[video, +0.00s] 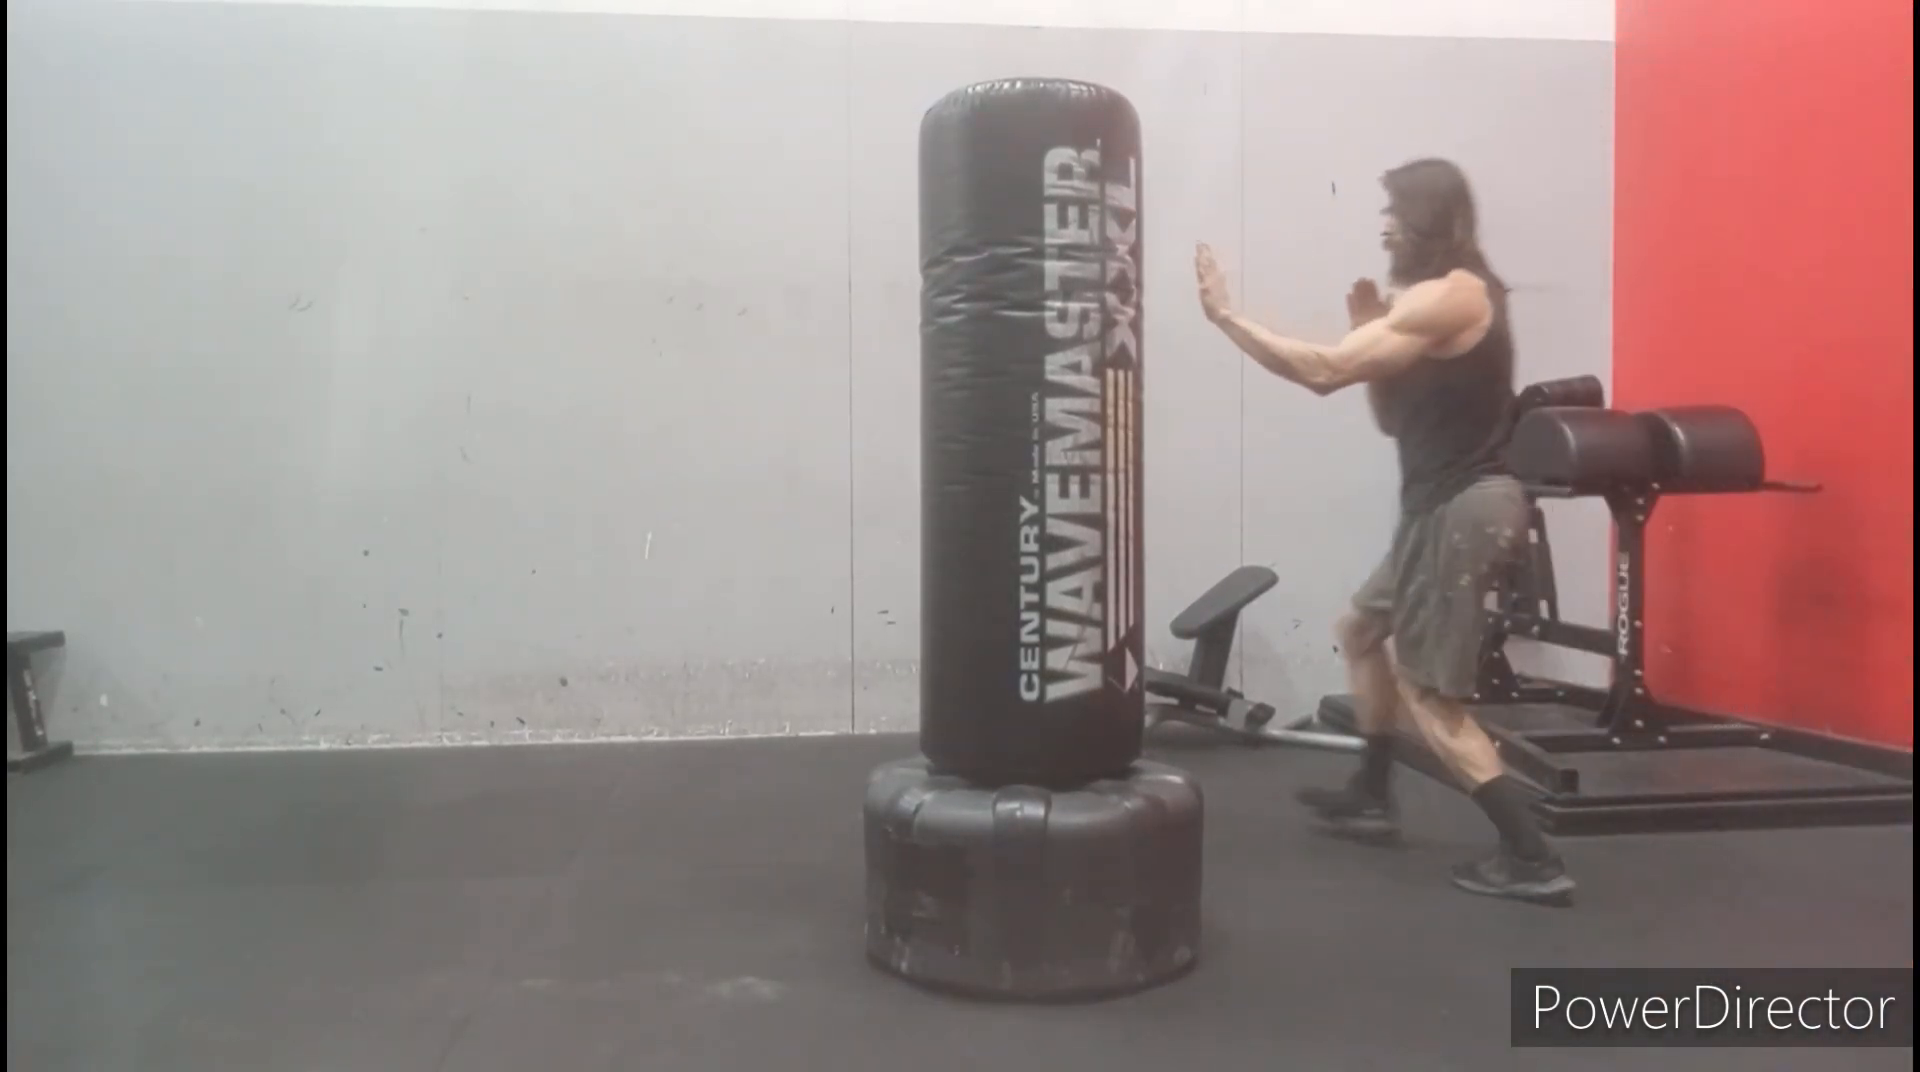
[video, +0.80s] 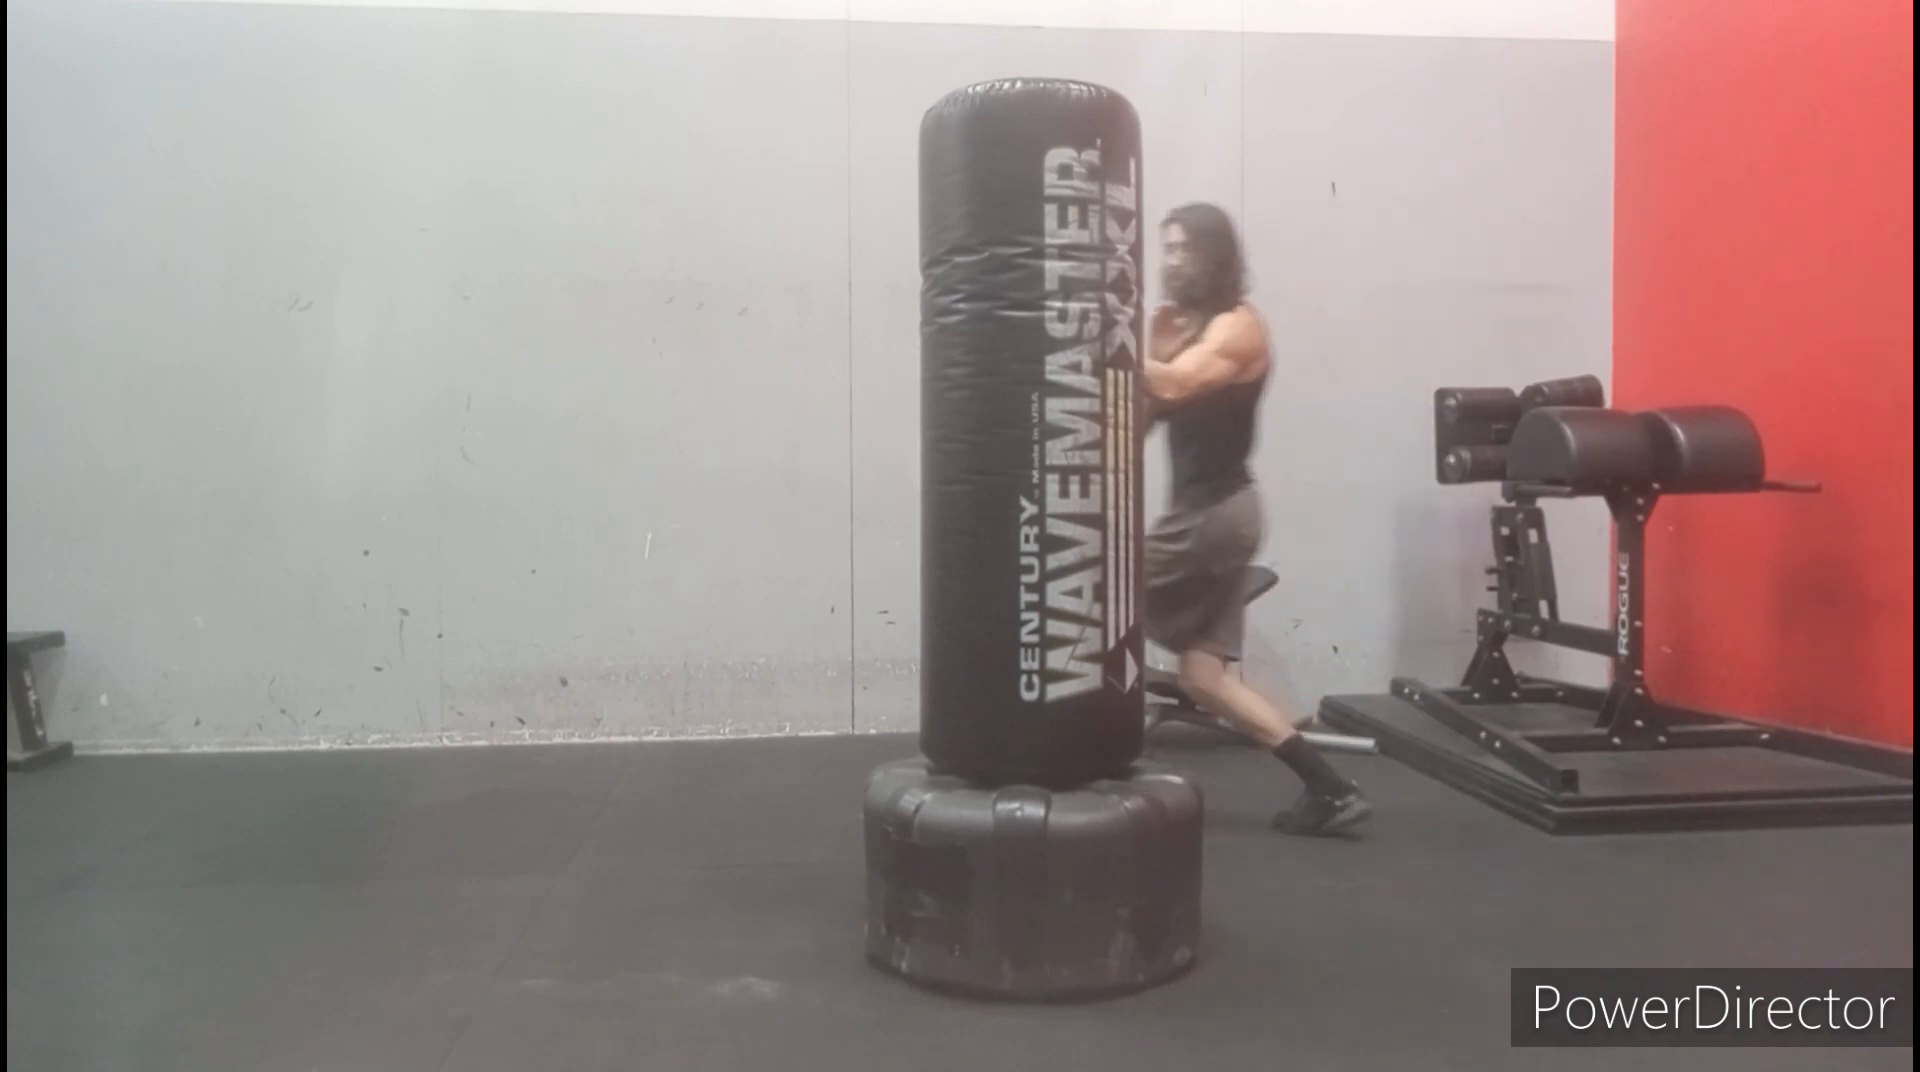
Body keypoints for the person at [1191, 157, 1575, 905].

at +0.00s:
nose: (1383, 229)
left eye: (1395, 216)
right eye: (1385, 215)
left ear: (1432, 222)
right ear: (1445, 223)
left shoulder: (1450, 294)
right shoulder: (1448, 294)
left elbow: (1323, 370)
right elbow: (1396, 419)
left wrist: (1226, 316)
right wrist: (1370, 332)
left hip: (1464, 510)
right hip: (1451, 506)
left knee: (1426, 700)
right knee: (1362, 628)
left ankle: (1533, 856)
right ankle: (1371, 792)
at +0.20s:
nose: (1331, 238)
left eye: (1340, 225)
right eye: (1331, 225)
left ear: (1374, 230)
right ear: (1377, 231)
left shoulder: (1403, 305)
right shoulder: (1375, 307)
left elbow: (1291, 373)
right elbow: (1320, 414)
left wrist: (1195, 318)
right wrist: (1320, 338)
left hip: (1400, 511)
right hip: (1379, 510)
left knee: (1365, 692)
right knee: (1298, 644)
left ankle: (1500, 817)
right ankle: (1344, 800)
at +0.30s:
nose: (1305, 246)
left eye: (1316, 233)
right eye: (1304, 233)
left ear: (1354, 240)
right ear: (1329, 237)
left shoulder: (1377, 309)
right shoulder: (1344, 312)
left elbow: (1277, 374)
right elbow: (1287, 413)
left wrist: (1180, 320)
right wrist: (1291, 341)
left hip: (1371, 507)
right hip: (1357, 505)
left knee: (1279, 655)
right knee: (1299, 657)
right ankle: (1343, 800)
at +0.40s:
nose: (1281, 249)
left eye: (1292, 237)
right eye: (1280, 236)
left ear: (1329, 243)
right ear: (1320, 245)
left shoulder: (1354, 313)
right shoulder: (1323, 316)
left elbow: (1263, 379)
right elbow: (1263, 419)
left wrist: (1168, 325)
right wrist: (1270, 346)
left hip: (1341, 506)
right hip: (1336, 503)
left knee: (1212, 625)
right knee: (1256, 646)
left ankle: (1342, 725)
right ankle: (1338, 794)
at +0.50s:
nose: (1257, 255)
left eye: (1269, 242)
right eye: (1256, 242)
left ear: (1307, 249)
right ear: (1269, 248)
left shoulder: (1331, 315)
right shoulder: (1295, 322)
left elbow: (1247, 380)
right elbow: (1238, 421)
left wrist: (1152, 329)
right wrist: (1245, 350)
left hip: (1312, 505)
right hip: (1318, 505)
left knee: (1171, 601)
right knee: (1248, 660)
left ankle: (1252, 722)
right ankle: (1336, 794)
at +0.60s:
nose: (1230, 256)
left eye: (1241, 243)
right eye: (1228, 244)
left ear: (1276, 248)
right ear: (1243, 252)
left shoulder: (1305, 319)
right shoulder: (1259, 326)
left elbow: (1228, 381)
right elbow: (1214, 423)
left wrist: (1140, 342)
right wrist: (1221, 351)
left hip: (1288, 507)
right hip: (1278, 505)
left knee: (1142, 595)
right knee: (1230, 661)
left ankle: (1163, 757)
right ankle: (1336, 797)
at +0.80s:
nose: (1170, 261)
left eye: (1181, 249)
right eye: (1167, 249)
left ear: (1215, 255)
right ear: (1166, 256)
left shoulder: (1238, 327)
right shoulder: (1179, 327)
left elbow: (1172, 388)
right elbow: (1137, 420)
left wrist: (1133, 345)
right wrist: (1152, 352)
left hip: (1211, 517)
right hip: (1215, 514)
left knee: (1095, 614)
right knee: (1202, 678)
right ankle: (1328, 786)